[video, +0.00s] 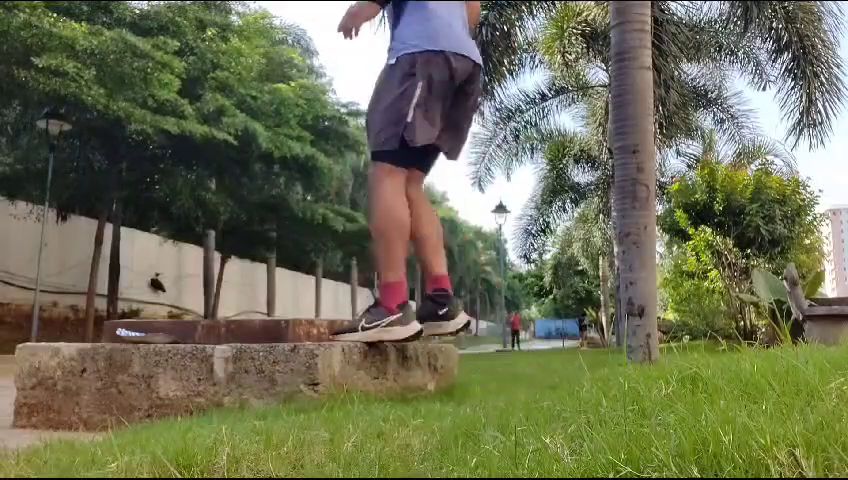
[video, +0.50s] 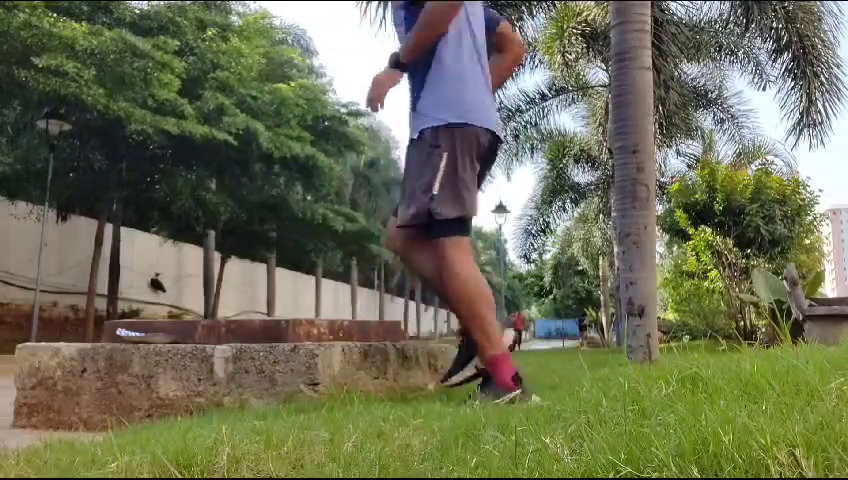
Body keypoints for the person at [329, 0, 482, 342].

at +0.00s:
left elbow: (375, 5)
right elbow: (473, 10)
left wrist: (361, 10)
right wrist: (450, 42)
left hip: (419, 49)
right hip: (467, 57)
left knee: (387, 173)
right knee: (413, 182)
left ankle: (391, 306)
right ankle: (440, 301)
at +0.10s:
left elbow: (370, 3)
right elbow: (480, 6)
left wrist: (358, 7)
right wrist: (447, 40)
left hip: (423, 50)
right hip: (465, 61)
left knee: (390, 174)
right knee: (416, 184)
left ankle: (426, 303)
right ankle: (426, 302)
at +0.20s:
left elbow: (373, 4)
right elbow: (490, 2)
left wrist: (364, 5)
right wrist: (456, 37)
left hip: (431, 52)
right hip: (465, 59)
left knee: (401, 180)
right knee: (412, 184)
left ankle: (460, 302)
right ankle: (418, 307)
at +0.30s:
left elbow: (380, 5)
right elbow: (503, 2)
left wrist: (369, 13)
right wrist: (464, 35)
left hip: (445, 63)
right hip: (474, 69)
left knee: (430, 202)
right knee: (392, 182)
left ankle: (469, 338)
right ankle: (436, 293)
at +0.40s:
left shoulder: (410, 6)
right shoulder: (475, 5)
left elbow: (425, 7)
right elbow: (513, 34)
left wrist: (391, 51)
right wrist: (471, 80)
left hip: (447, 116)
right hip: (484, 119)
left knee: (453, 252)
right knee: (386, 208)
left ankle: (500, 379)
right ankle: (466, 286)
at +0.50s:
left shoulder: (419, 2)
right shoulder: (474, 7)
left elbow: (448, 5)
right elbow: (513, 48)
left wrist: (395, 66)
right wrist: (470, 93)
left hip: (447, 117)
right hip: (483, 123)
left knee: (452, 249)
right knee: (402, 235)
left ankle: (504, 379)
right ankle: (477, 326)